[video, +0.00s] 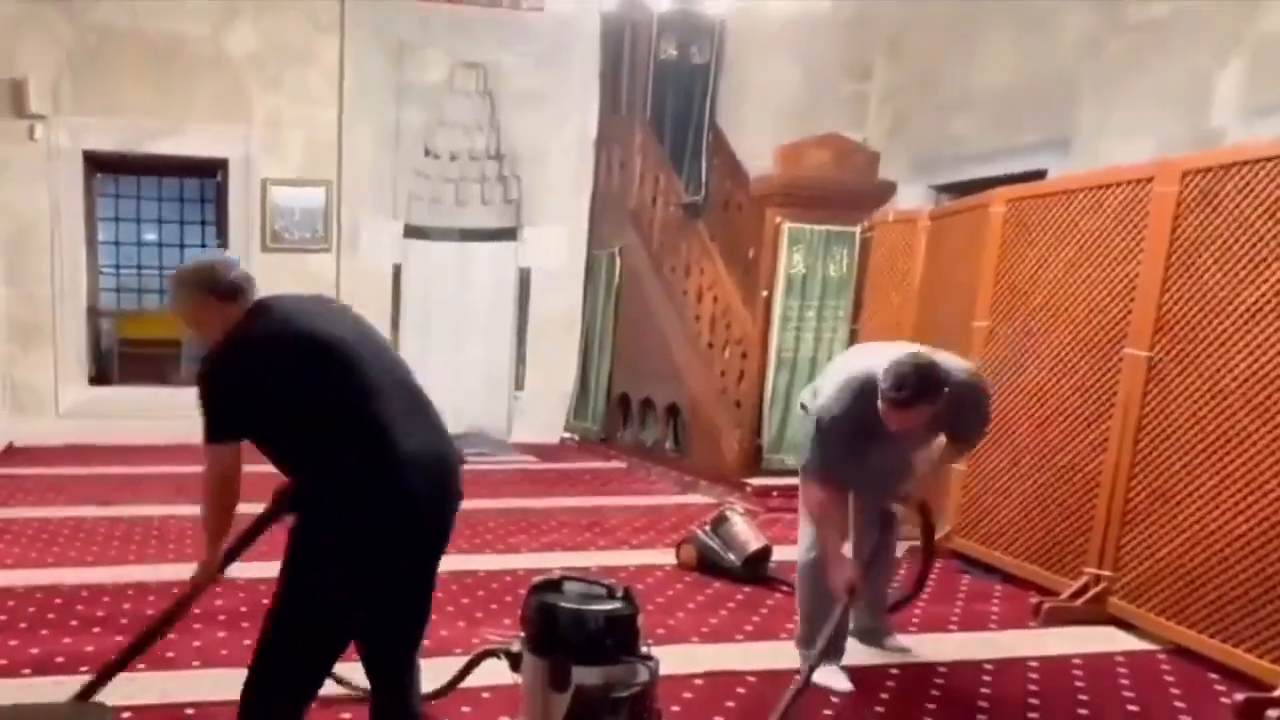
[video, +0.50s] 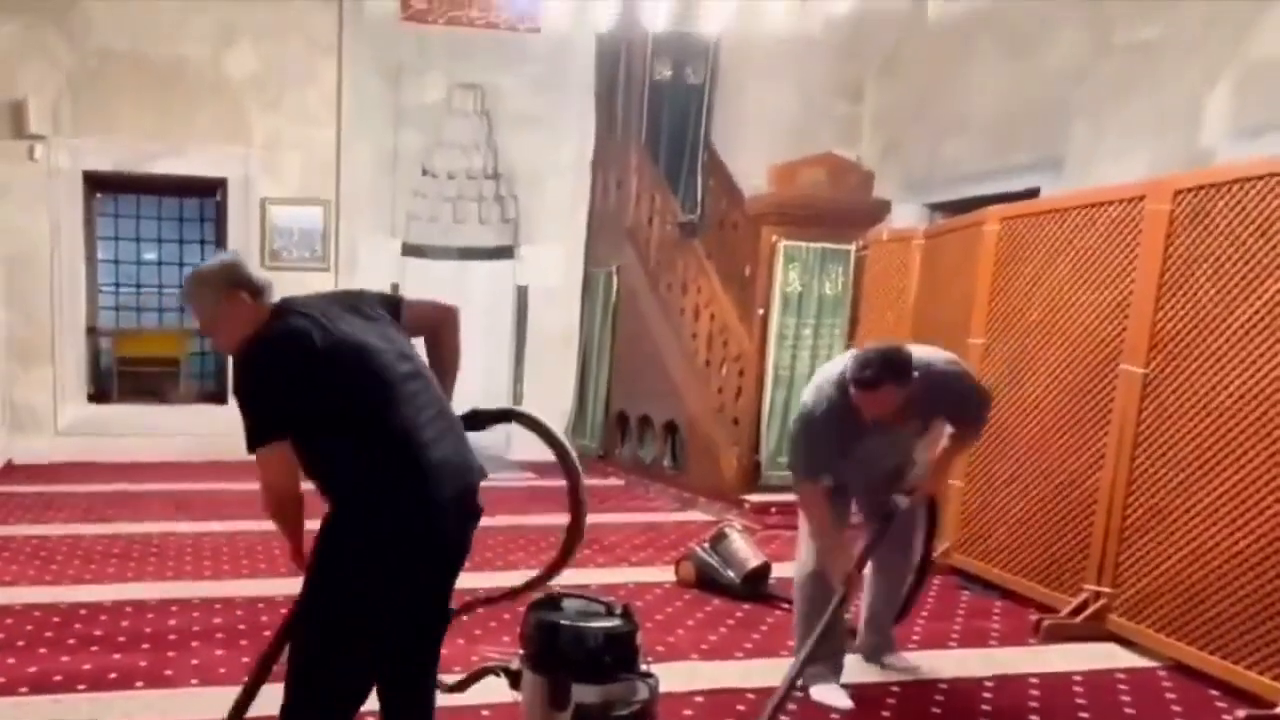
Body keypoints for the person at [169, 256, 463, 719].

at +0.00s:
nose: (195, 335)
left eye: (192, 322)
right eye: (188, 324)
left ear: (209, 307)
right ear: (243, 291)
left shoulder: (227, 364)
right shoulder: (315, 311)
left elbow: (223, 479)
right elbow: (361, 401)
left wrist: (211, 556)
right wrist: (304, 477)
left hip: (354, 501)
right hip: (433, 481)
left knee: (286, 666)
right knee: (393, 656)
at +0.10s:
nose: (209, 335)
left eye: (206, 321)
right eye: (203, 323)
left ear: (221, 306)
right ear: (259, 288)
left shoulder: (245, 357)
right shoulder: (340, 304)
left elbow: (252, 468)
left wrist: (258, 541)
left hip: (363, 505)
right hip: (443, 492)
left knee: (295, 667)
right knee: (400, 666)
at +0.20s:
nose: (216, 332)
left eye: (214, 317)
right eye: (210, 320)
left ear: (238, 298)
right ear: (269, 286)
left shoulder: (252, 352)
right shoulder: (348, 298)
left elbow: (276, 472)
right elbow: (443, 343)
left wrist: (300, 536)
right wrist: (421, 432)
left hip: (374, 495)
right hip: (451, 479)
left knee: (305, 664)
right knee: (404, 658)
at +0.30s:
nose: (212, 326)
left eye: (211, 312)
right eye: (207, 315)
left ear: (239, 294)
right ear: (268, 285)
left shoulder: (255, 351)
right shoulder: (352, 296)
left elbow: (290, 469)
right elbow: (452, 318)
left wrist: (334, 511)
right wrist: (447, 417)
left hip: (376, 497)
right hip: (453, 479)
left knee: (312, 671)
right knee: (409, 661)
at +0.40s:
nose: (214, 331)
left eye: (211, 316)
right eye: (207, 319)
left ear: (238, 298)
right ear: (262, 288)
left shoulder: (259, 355)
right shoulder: (350, 299)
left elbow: (295, 479)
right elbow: (451, 312)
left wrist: (339, 512)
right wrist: (450, 411)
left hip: (378, 506)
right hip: (456, 486)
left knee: (316, 676)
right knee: (411, 662)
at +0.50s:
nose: (208, 338)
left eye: (207, 322)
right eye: (201, 326)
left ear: (241, 301)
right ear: (251, 298)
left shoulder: (257, 359)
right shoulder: (343, 304)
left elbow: (282, 489)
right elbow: (442, 318)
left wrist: (297, 545)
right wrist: (435, 412)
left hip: (381, 509)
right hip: (455, 489)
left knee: (321, 671)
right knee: (409, 665)